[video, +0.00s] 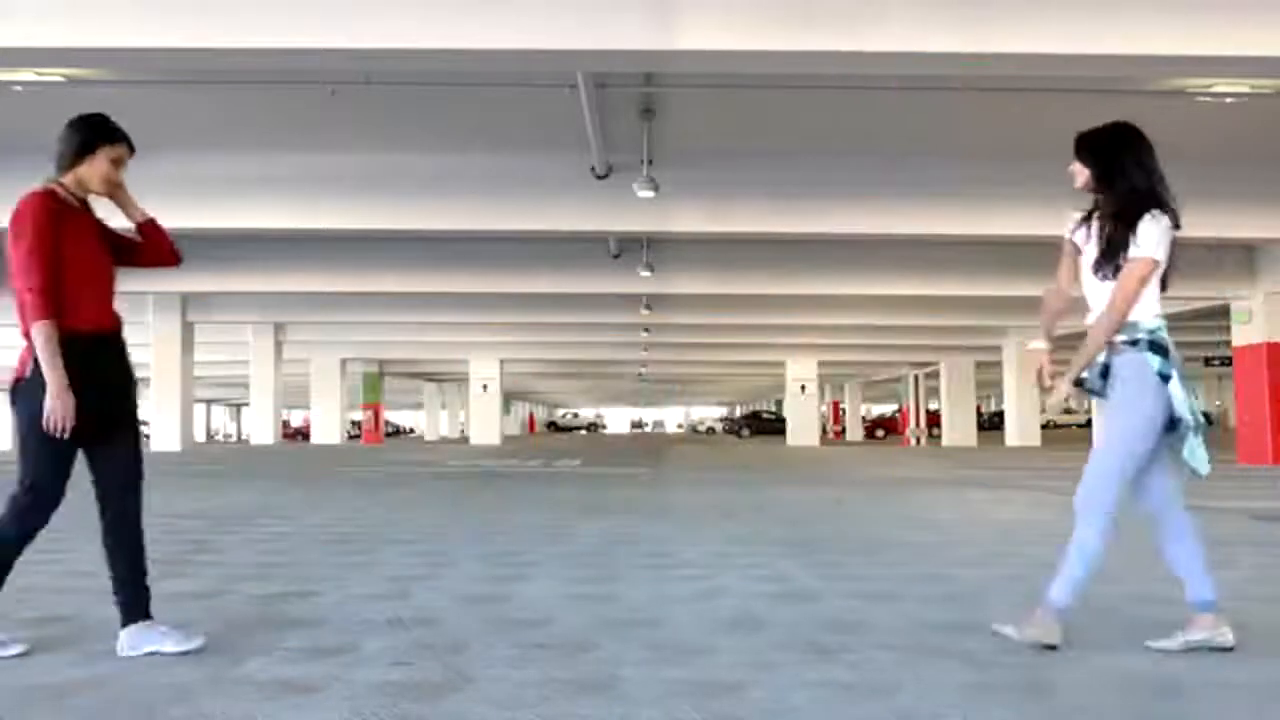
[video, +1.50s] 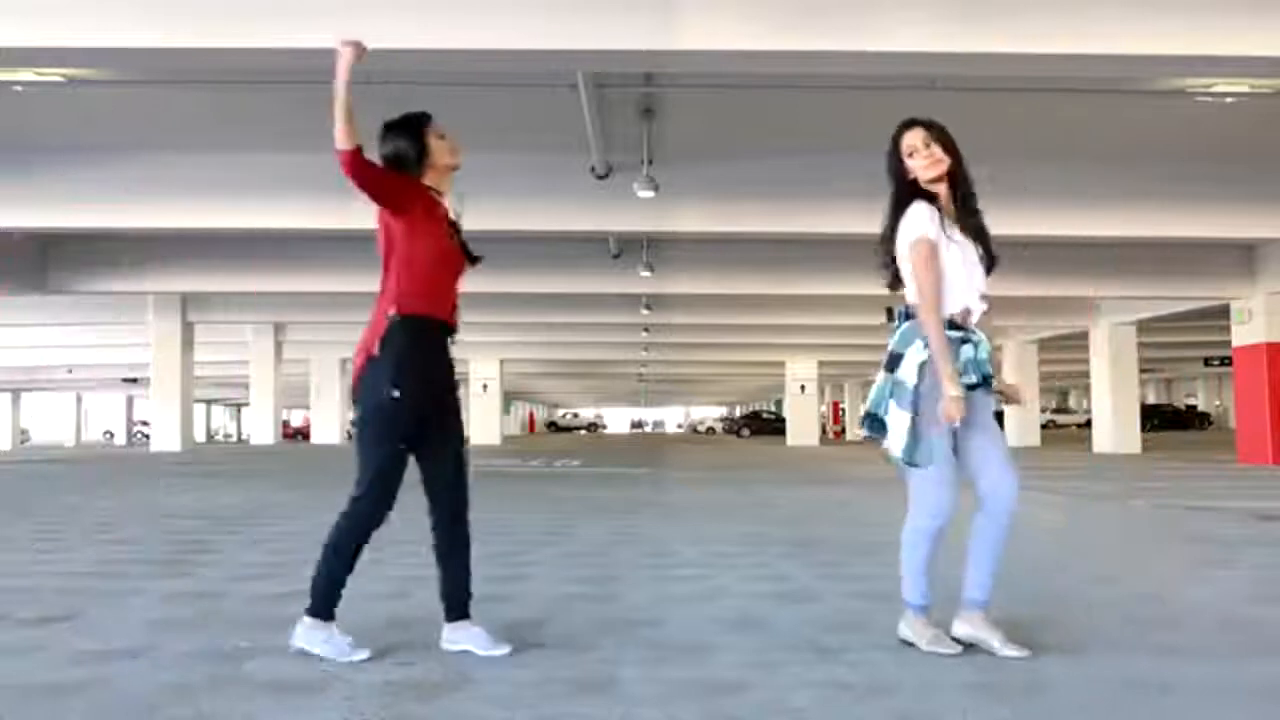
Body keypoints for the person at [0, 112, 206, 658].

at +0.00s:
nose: (117, 176)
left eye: (121, 167)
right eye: (114, 164)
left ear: (95, 163)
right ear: (85, 155)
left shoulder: (91, 227)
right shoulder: (36, 209)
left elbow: (165, 254)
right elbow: (33, 297)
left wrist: (121, 193)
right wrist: (56, 382)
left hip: (105, 364)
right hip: (51, 366)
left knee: (121, 494)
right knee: (36, 499)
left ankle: (136, 624)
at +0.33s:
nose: (194, 162)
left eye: (197, 153)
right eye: (189, 150)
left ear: (173, 156)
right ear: (159, 149)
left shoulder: (174, 222)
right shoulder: (116, 204)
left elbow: (246, 238)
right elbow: (98, 292)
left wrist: (196, 189)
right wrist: (108, 370)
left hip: (182, 352)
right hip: (142, 352)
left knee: (175, 489)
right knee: (178, 487)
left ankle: (140, 619)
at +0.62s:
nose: (258, 159)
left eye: (256, 150)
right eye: (250, 150)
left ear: (229, 158)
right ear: (221, 157)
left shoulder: (232, 225)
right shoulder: (191, 213)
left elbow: (294, 269)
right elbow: (179, 300)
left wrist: (257, 214)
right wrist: (187, 384)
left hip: (233, 363)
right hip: (205, 364)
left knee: (192, 499)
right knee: (247, 494)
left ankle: (140, 626)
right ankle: (296, 627)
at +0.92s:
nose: (315, 149)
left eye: (312, 139)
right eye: (305, 140)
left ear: (281, 151)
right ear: (277, 151)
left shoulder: (286, 214)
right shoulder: (256, 212)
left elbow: (294, 292)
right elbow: (257, 302)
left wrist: (326, 276)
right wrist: (319, 356)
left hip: (307, 364)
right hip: (278, 366)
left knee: (314, 497)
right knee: (287, 496)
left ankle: (205, 584)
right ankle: (304, 630)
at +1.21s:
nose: (376, 145)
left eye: (375, 135)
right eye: (367, 136)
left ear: (336, 147)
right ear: (341, 144)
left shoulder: (354, 216)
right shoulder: (317, 199)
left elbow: (394, 250)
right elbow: (360, 161)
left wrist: (446, 235)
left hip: (359, 359)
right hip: (321, 357)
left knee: (397, 486)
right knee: (309, 495)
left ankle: (410, 616)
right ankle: (304, 631)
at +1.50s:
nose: (452, 140)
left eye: (445, 133)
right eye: (440, 136)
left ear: (429, 151)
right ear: (422, 152)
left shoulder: (439, 213)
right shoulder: (404, 196)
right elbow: (351, 159)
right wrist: (343, 73)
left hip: (433, 359)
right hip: (396, 354)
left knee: (451, 501)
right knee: (373, 498)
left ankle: (458, 623)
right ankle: (315, 621)